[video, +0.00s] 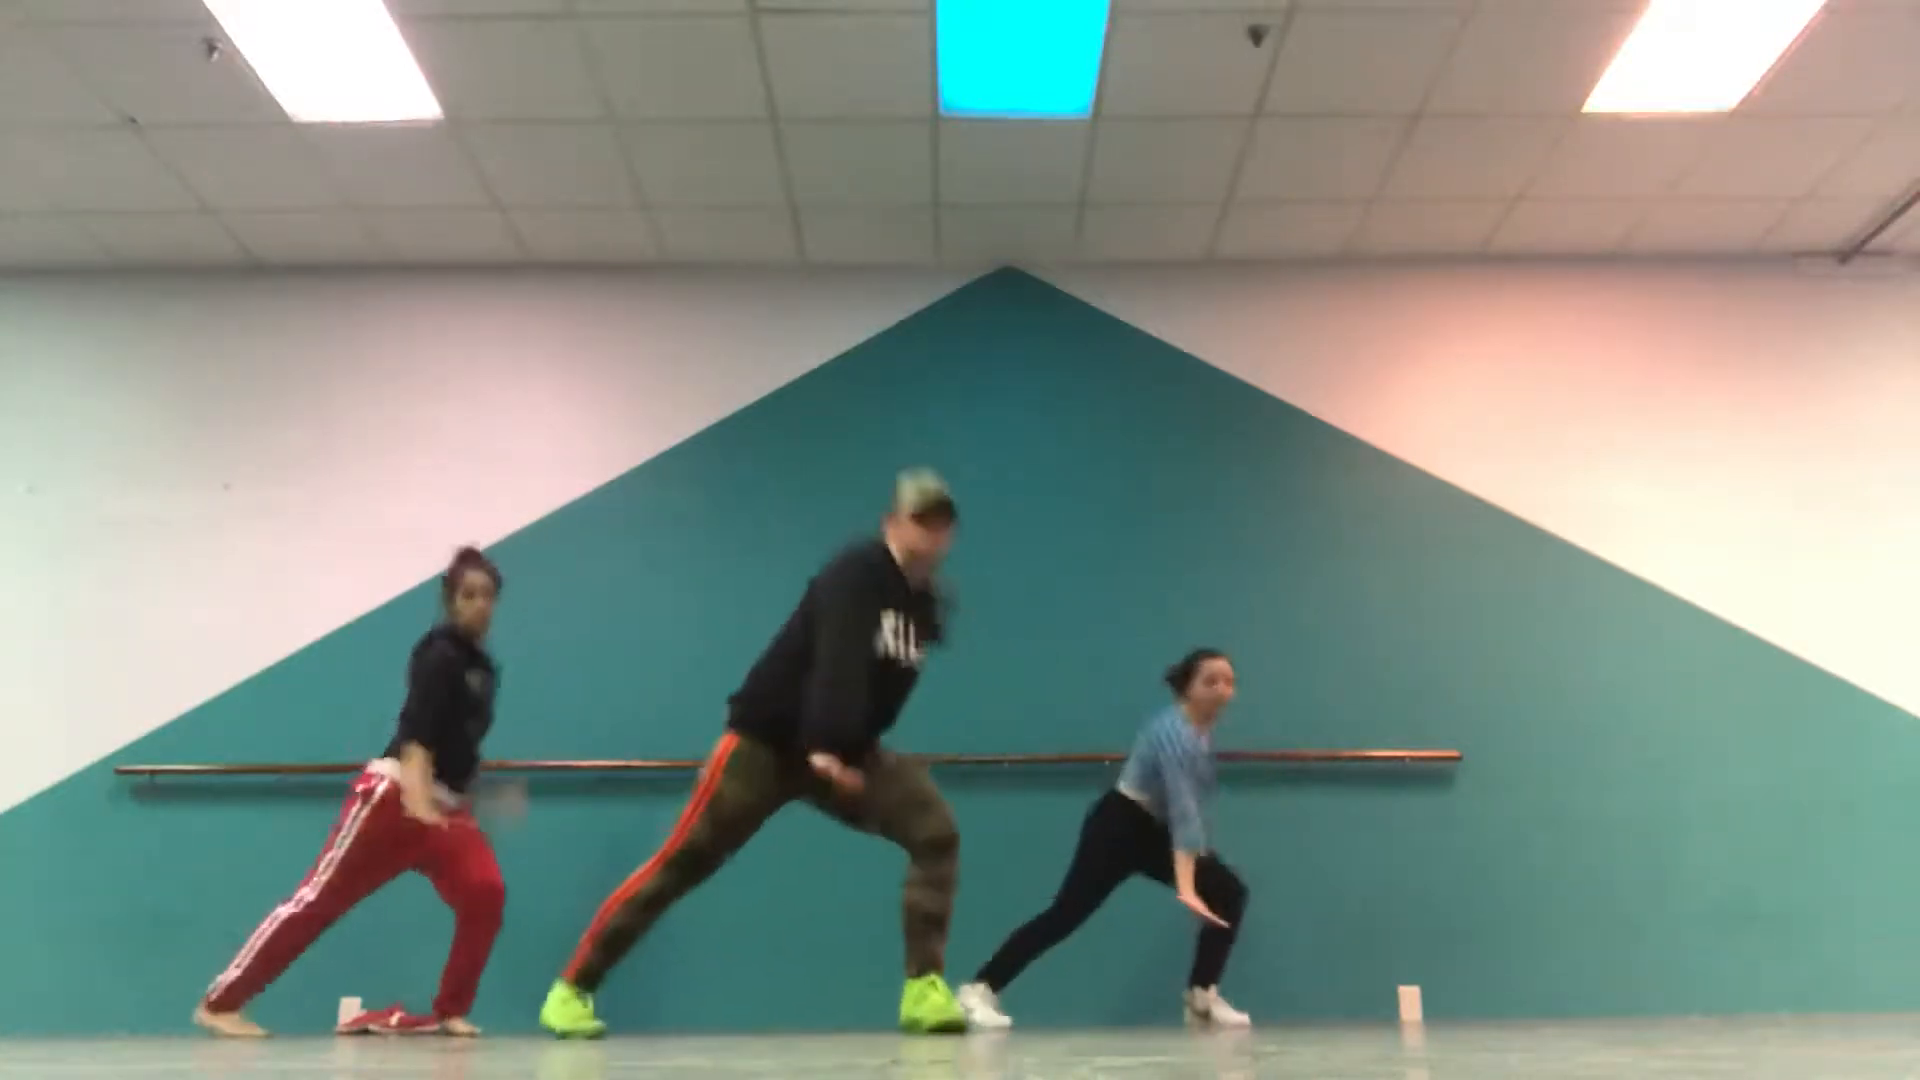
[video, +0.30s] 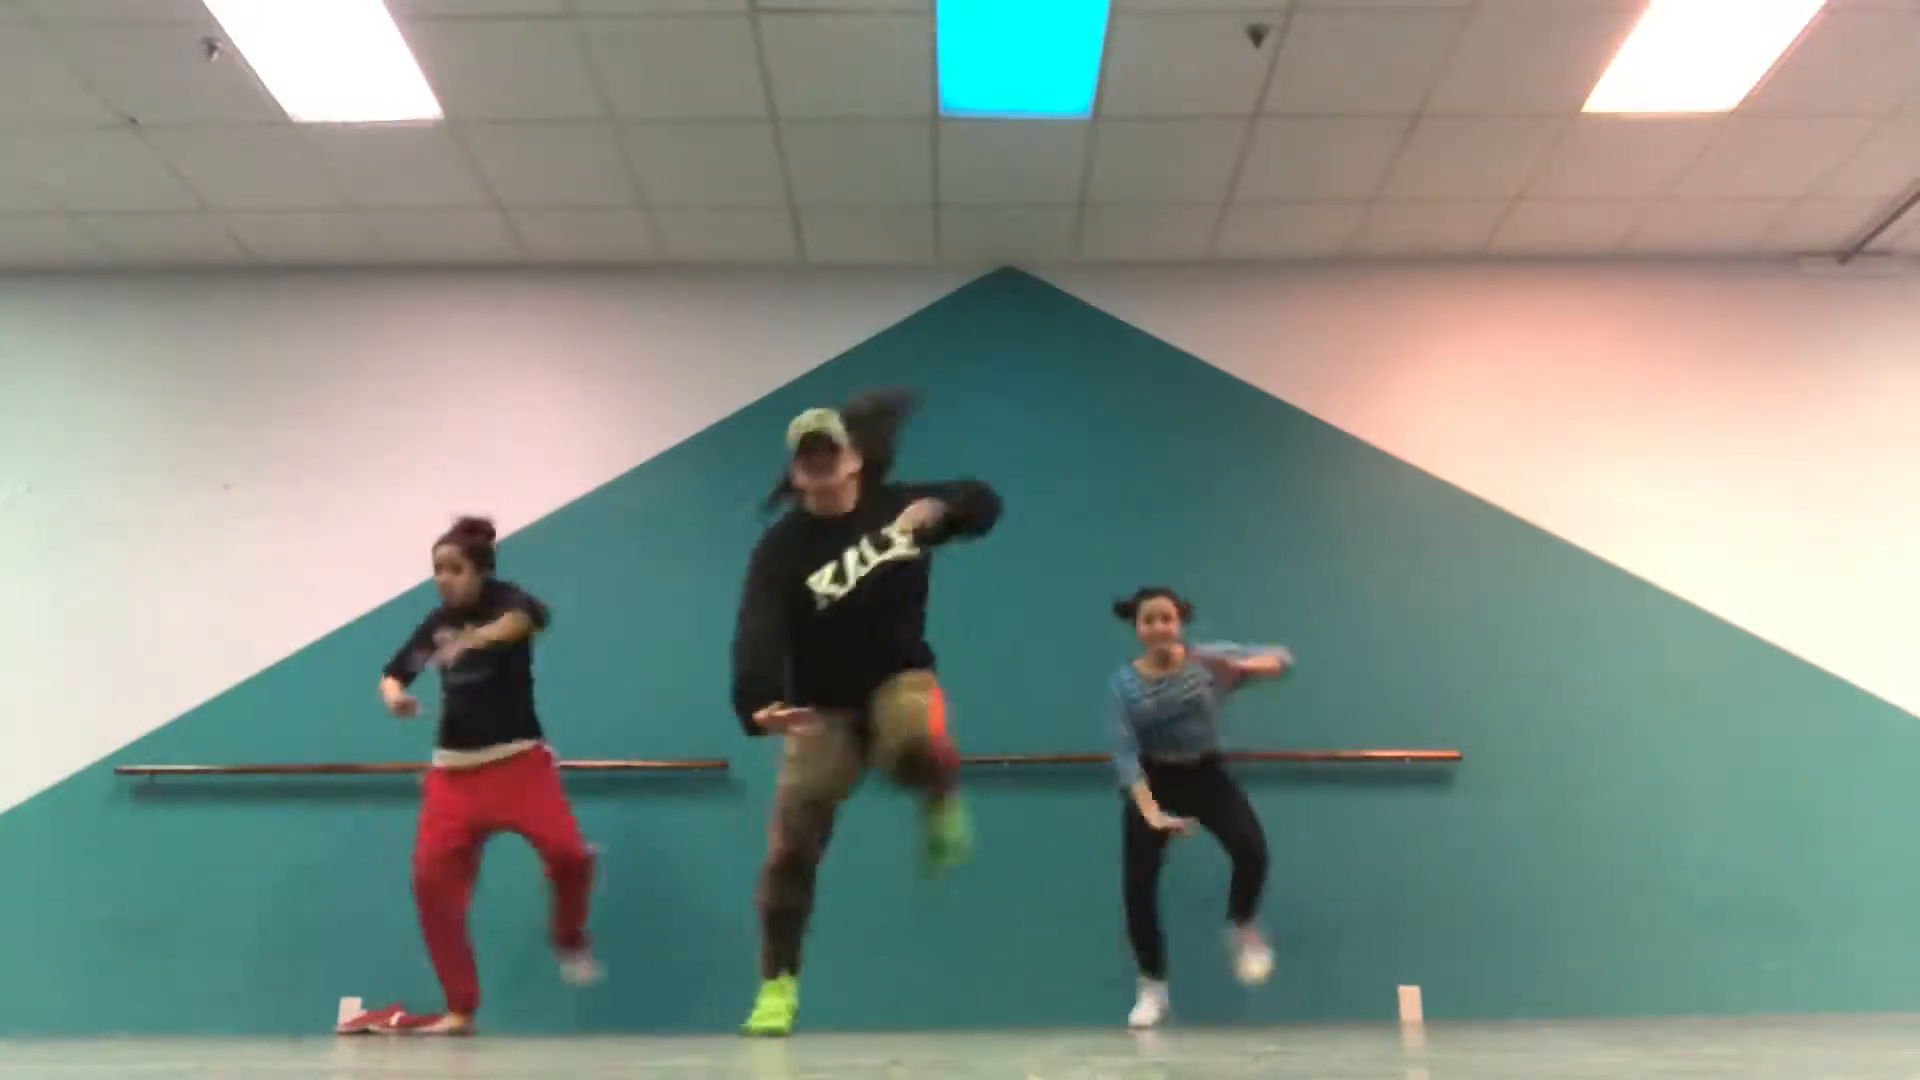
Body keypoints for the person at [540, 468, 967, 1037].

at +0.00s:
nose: (931, 537)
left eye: (941, 526)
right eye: (920, 522)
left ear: (950, 533)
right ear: (891, 523)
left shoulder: (923, 601)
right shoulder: (854, 575)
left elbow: (887, 674)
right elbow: (836, 657)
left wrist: (858, 746)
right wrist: (825, 743)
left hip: (844, 754)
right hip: (767, 743)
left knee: (934, 834)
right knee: (683, 862)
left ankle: (924, 989)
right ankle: (573, 989)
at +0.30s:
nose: (820, 469)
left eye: (831, 456)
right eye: (807, 460)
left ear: (856, 461)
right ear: (793, 474)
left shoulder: (901, 506)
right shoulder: (781, 548)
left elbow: (985, 506)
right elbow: (758, 626)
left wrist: (944, 512)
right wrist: (759, 699)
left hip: (899, 681)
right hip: (819, 703)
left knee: (917, 741)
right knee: (791, 845)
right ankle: (778, 979)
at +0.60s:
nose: (832, 519)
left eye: (846, 506)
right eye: (822, 506)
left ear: (875, 516)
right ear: (808, 518)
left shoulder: (906, 576)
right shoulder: (815, 597)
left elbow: (915, 680)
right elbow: (826, 697)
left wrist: (895, 779)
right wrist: (847, 774)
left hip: (965, 730)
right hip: (883, 750)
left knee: (1040, 858)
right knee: (785, 830)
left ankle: (1144, 986)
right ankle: (808, 990)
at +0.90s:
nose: (879, 450)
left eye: (890, 438)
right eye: (869, 440)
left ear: (914, 441)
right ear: (853, 450)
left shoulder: (936, 489)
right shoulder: (835, 518)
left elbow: (938, 466)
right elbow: (758, 498)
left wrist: (862, 488)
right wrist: (812, 499)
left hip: (986, 655)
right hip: (917, 689)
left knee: (944, 731)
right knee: (925, 839)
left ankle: (1054, 779)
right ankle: (993, 972)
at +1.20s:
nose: (888, 443)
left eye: (901, 434)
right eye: (879, 432)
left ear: (923, 448)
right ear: (861, 442)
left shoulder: (947, 513)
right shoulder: (831, 521)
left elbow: (951, 617)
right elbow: (819, 617)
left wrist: (900, 701)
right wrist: (830, 703)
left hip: (947, 688)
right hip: (878, 695)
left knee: (896, 816)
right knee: (953, 844)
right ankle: (1012, 982)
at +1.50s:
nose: (818, 410)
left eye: (833, 399)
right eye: (809, 397)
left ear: (857, 407)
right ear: (792, 402)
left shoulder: (882, 475)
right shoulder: (755, 468)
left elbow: (932, 539)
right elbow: (699, 525)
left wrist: (843, 536)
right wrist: (771, 533)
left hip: (859, 664)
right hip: (780, 670)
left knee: (814, 797)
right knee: (755, 800)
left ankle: (812, 975)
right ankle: (874, 877)